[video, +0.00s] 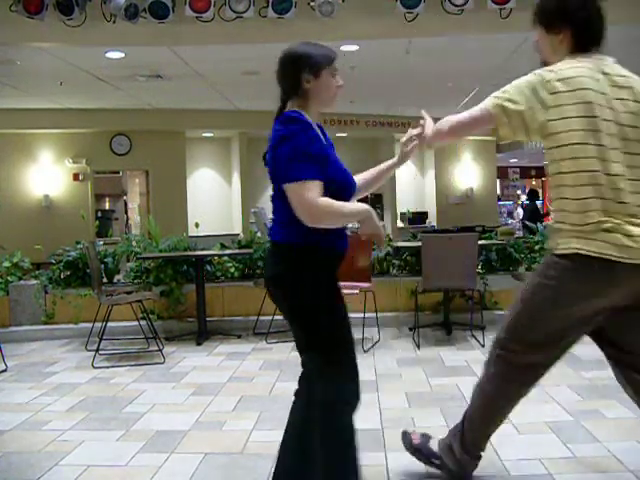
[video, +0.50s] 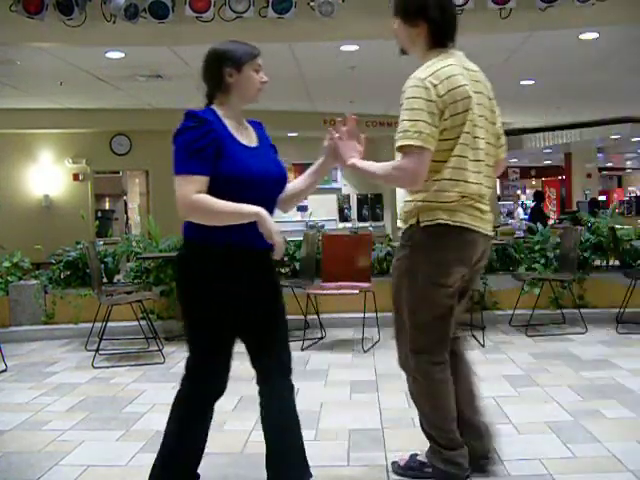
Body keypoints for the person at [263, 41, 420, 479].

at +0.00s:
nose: (341, 82)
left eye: (338, 74)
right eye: (332, 74)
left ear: (309, 81)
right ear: (306, 80)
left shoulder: (312, 129)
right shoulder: (294, 131)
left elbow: (345, 189)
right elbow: (309, 208)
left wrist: (398, 160)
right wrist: (362, 211)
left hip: (312, 266)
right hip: (300, 268)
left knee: (323, 379)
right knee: (338, 386)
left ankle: (293, 475)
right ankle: (332, 475)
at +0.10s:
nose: (327, 76)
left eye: (325, 69)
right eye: (319, 69)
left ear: (298, 76)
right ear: (293, 75)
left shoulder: (310, 128)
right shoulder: (274, 126)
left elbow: (338, 197)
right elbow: (278, 203)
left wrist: (386, 173)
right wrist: (338, 208)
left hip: (308, 260)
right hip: (286, 262)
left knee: (315, 371)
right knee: (318, 372)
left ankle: (291, 472)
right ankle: (285, 474)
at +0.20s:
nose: (313, 76)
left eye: (311, 69)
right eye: (305, 70)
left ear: (289, 77)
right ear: (279, 76)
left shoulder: (302, 130)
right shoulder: (255, 126)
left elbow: (325, 201)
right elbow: (253, 202)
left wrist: (371, 176)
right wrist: (317, 208)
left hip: (305, 257)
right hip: (270, 258)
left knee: (309, 372)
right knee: (291, 371)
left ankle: (293, 475)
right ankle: (217, 470)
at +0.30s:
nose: (299, 82)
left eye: (297, 75)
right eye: (290, 75)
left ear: (271, 83)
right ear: (263, 81)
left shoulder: (290, 137)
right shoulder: (239, 131)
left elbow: (315, 208)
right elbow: (232, 208)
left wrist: (359, 173)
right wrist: (296, 216)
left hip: (295, 268)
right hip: (252, 269)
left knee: (301, 376)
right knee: (254, 378)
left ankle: (292, 476)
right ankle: (181, 470)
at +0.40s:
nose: (281, 81)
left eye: (279, 73)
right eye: (273, 74)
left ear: (254, 80)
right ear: (248, 79)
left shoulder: (276, 137)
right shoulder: (219, 130)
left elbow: (300, 205)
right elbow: (211, 209)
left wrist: (344, 170)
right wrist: (277, 218)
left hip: (276, 265)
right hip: (230, 267)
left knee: (291, 376)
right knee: (222, 381)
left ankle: (292, 475)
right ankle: (172, 475)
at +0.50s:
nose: (264, 78)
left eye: (263, 70)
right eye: (257, 70)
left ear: (238, 76)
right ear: (230, 75)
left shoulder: (257, 130)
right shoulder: (199, 127)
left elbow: (282, 199)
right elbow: (187, 203)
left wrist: (327, 161)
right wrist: (256, 213)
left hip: (255, 263)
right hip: (208, 265)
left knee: (277, 377)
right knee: (205, 379)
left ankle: (291, 475)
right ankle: (171, 476)